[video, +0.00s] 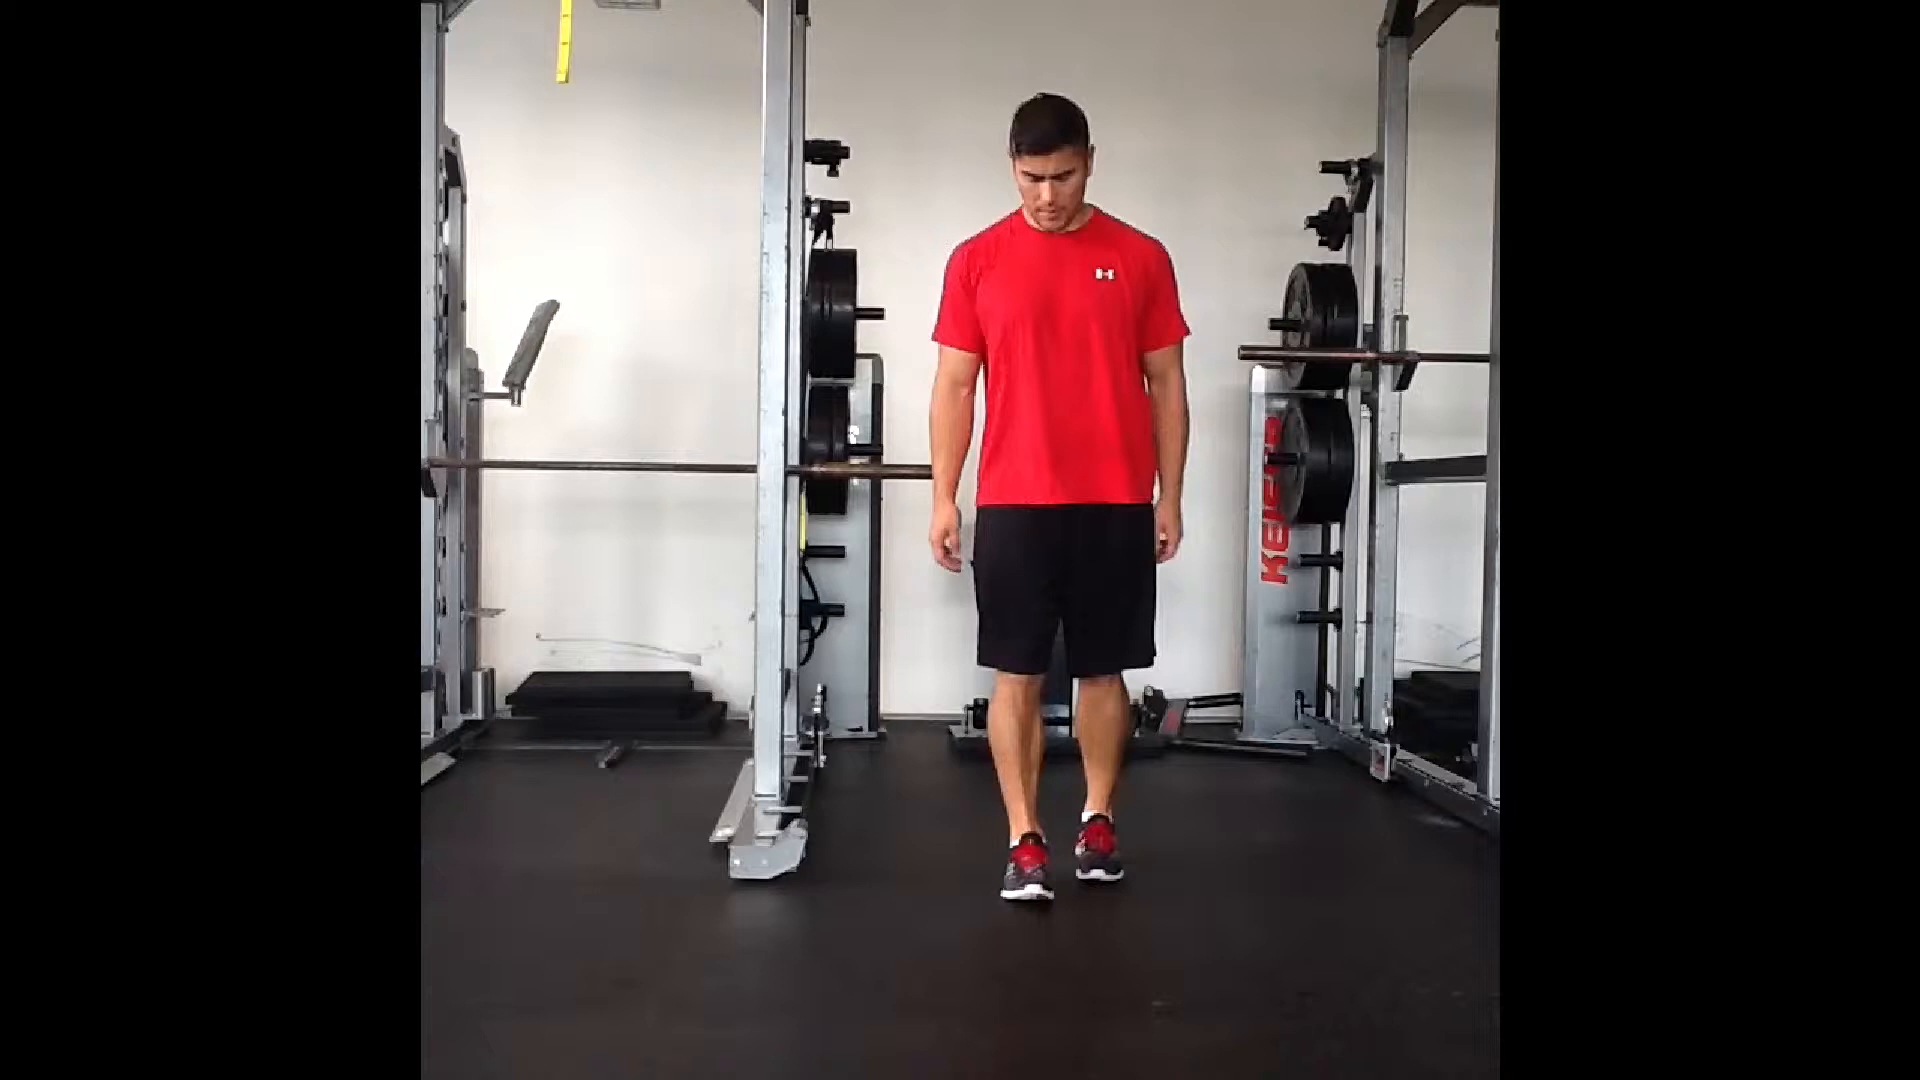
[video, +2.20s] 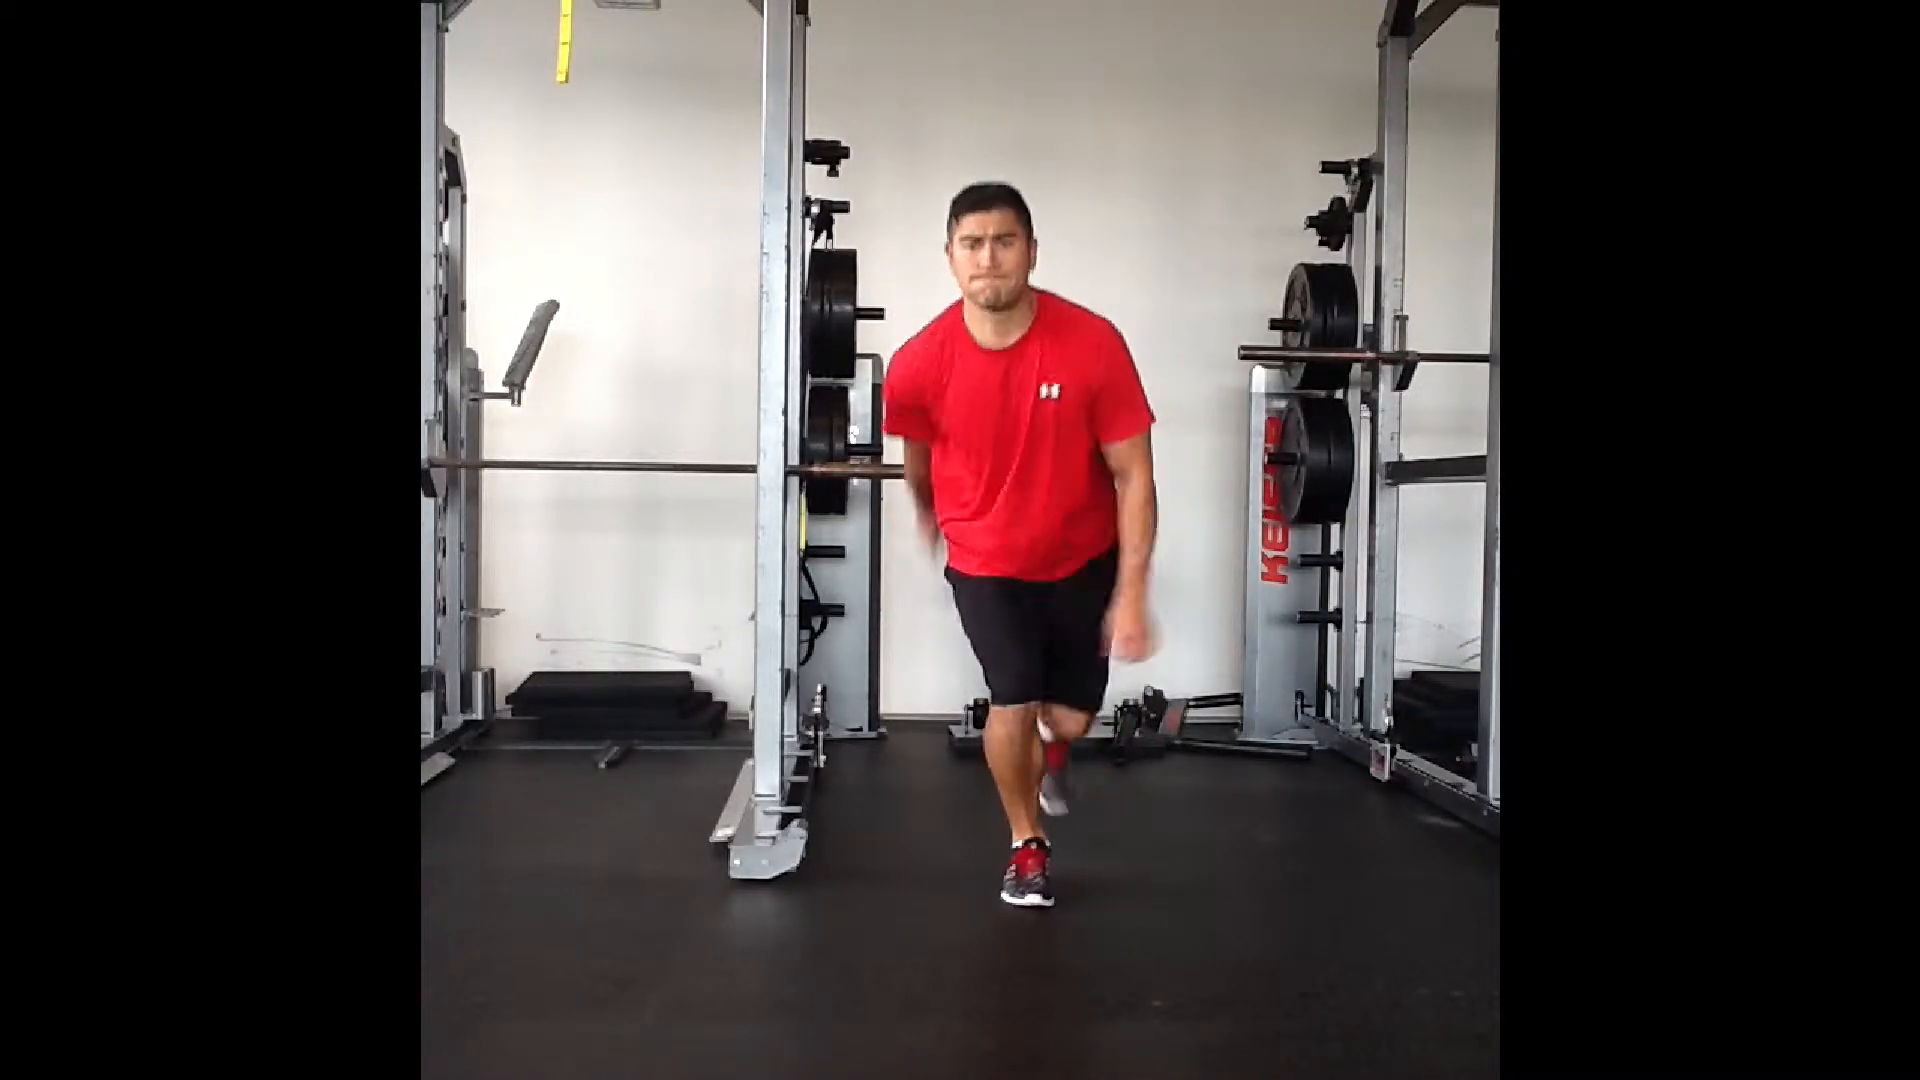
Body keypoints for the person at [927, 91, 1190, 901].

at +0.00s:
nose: (1047, 194)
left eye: (1062, 178)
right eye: (1033, 179)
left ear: (1088, 166)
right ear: (1013, 172)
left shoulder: (1139, 257)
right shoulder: (977, 261)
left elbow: (1165, 381)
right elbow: (953, 384)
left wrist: (1169, 496)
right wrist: (945, 496)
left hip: (1115, 498)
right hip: (1015, 498)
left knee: (1101, 669)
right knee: (1018, 671)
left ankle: (1098, 824)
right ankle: (1024, 840)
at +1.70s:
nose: (1012, 175)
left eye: (1028, 158)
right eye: (996, 159)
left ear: (1055, 168)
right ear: (976, 170)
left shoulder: (1104, 278)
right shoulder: (933, 272)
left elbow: (1138, 406)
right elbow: (915, 382)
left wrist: (1100, 476)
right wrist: (924, 488)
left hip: (1086, 517)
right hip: (985, 521)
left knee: (1092, 668)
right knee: (1005, 680)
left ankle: (1064, 708)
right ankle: (1023, 841)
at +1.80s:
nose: (1010, 207)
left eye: (1027, 191)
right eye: (995, 191)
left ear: (1053, 202)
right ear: (975, 202)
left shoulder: (1101, 305)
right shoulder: (932, 296)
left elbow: (1133, 431)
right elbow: (916, 379)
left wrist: (1067, 416)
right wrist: (922, 454)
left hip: (1083, 532)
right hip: (984, 534)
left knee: (1088, 676)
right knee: (1007, 681)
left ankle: (1054, 683)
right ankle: (1023, 840)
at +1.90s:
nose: (1009, 249)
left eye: (1025, 234)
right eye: (993, 234)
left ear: (1051, 246)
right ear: (972, 246)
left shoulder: (1092, 330)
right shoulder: (935, 322)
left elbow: (1123, 430)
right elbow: (916, 375)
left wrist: (1044, 356)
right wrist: (925, 395)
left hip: (1083, 544)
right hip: (985, 545)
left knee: (1067, 682)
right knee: (1009, 681)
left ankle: (996, 702)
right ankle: (1024, 843)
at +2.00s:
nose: (1003, 286)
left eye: (1020, 270)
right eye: (987, 271)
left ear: (1047, 280)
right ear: (966, 282)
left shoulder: (1082, 350)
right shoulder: (934, 347)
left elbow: (1111, 430)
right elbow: (918, 334)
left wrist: (1029, 355)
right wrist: (925, 323)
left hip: (1083, 564)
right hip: (988, 561)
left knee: (1052, 683)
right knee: (1009, 691)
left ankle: (1006, 714)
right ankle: (1024, 844)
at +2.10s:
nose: (991, 292)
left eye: (1009, 275)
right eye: (976, 275)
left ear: (1036, 284)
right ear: (954, 284)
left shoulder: (1084, 360)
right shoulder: (920, 363)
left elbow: (1129, 475)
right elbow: (958, 426)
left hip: (1084, 568)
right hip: (988, 566)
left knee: (1057, 700)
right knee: (1013, 701)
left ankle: (1001, 717)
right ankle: (1026, 844)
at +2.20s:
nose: (987, 258)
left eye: (1003, 242)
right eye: (971, 244)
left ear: (1031, 252)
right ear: (950, 259)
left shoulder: (1092, 345)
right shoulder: (919, 363)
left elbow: (1133, 473)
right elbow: (917, 459)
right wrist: (928, 516)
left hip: (1082, 560)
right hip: (983, 564)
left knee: (1074, 718)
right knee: (1014, 699)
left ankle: (1044, 741)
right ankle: (1026, 843)